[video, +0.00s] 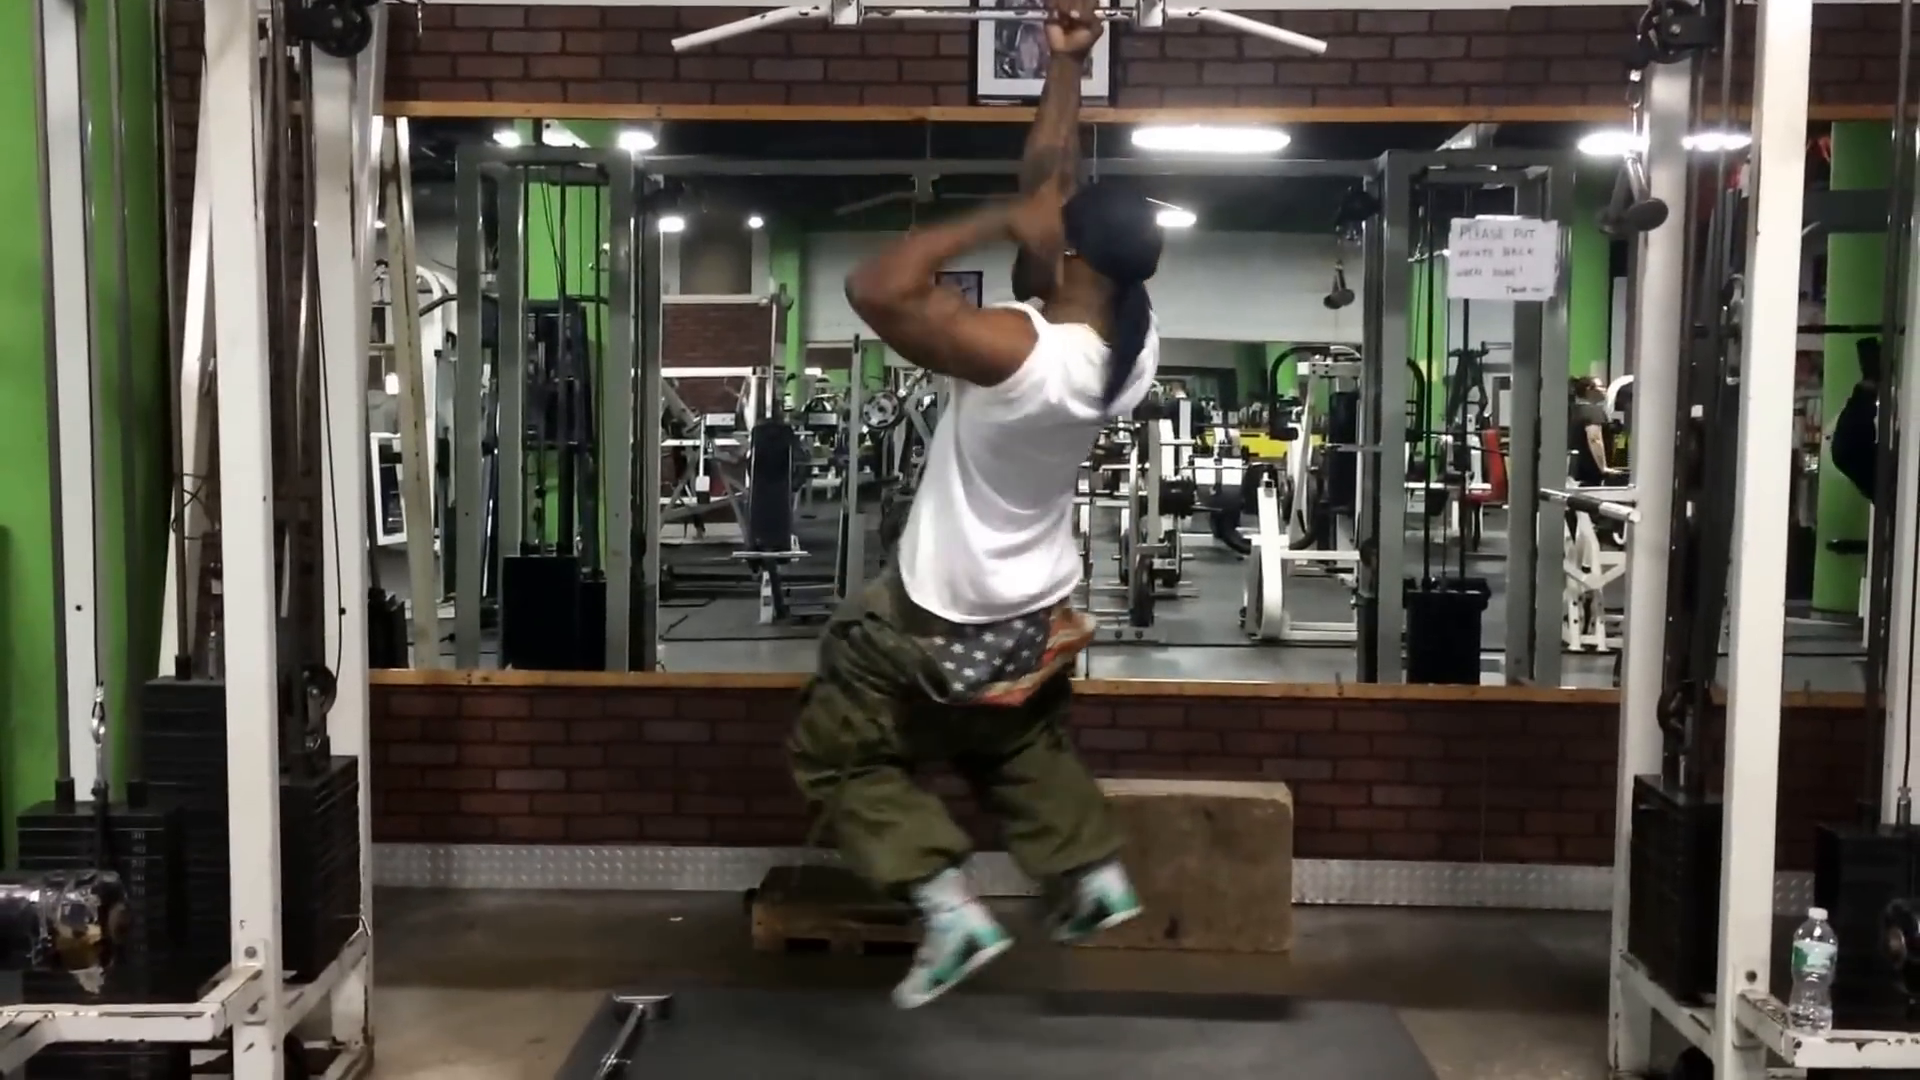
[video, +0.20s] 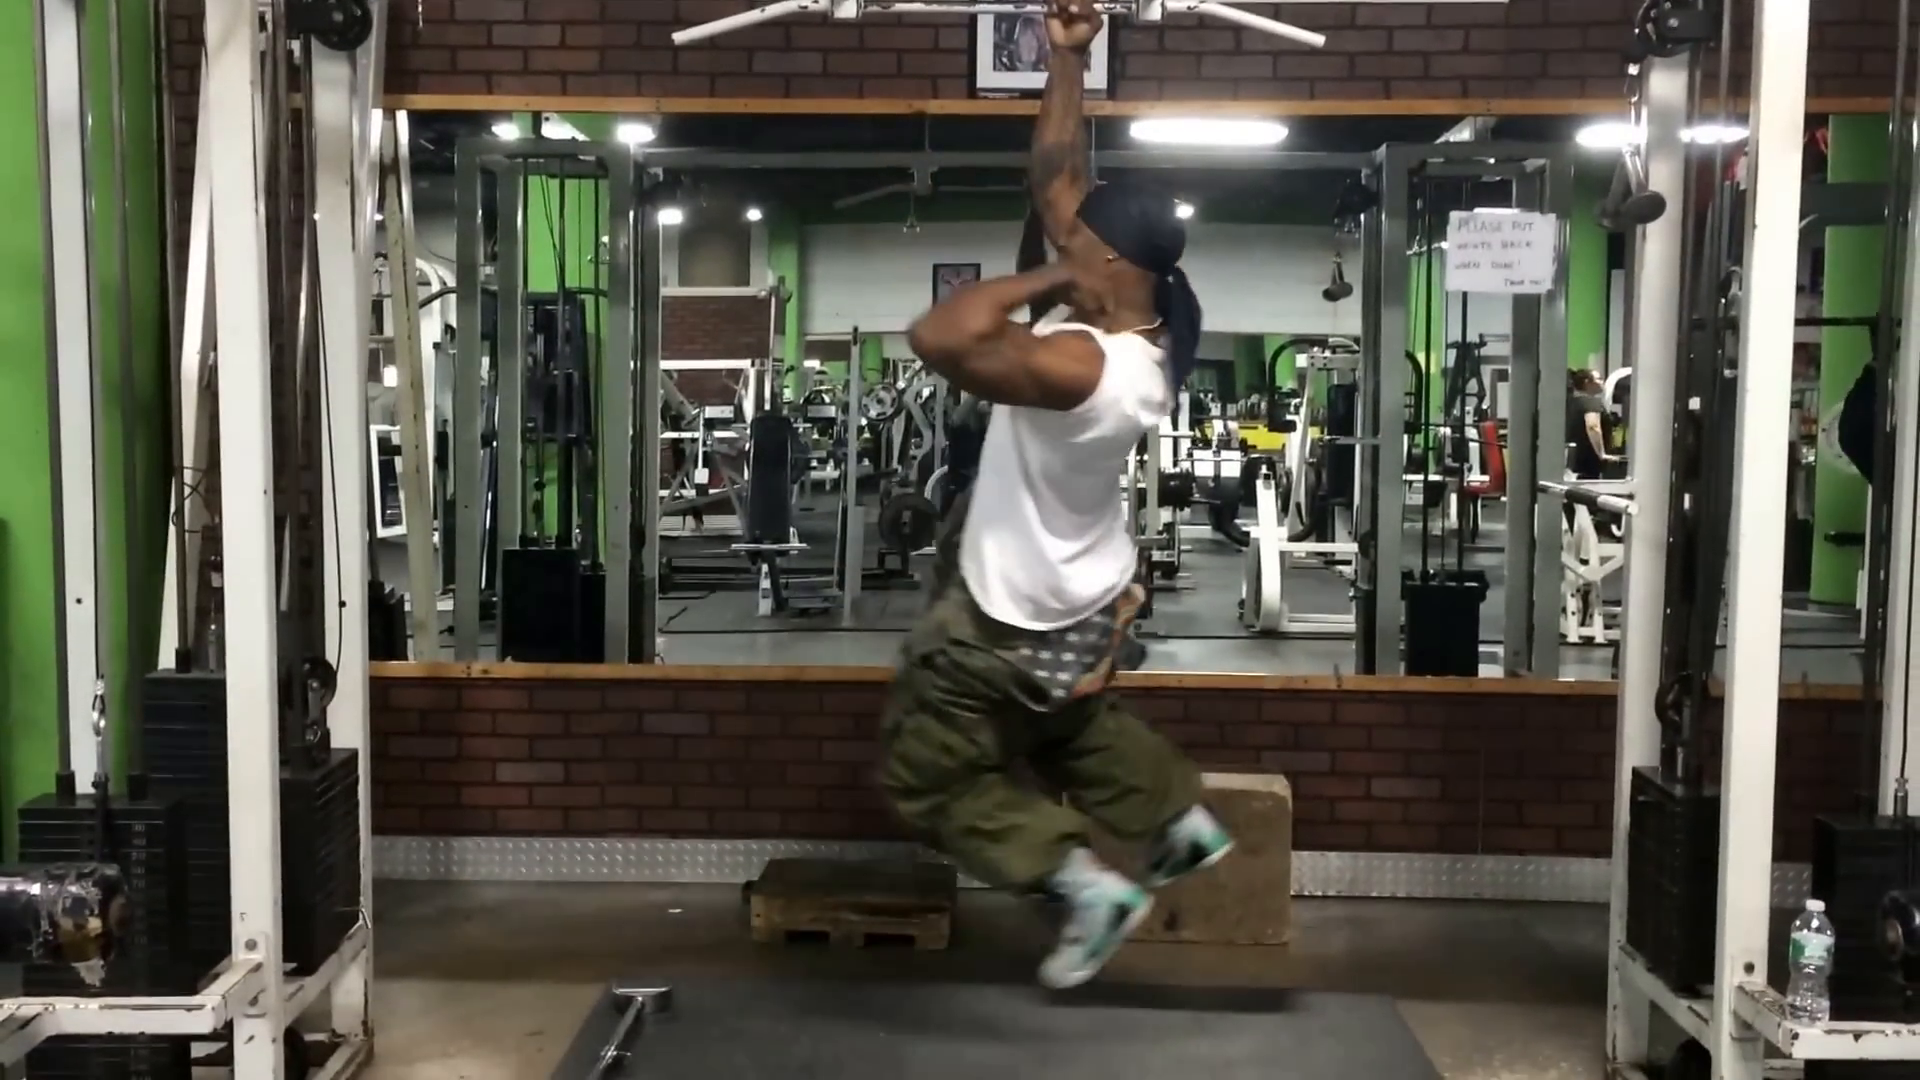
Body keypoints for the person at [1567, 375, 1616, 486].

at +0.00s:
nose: (1605, 390)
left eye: (1603, 386)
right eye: (1601, 386)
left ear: (1588, 389)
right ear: (1589, 389)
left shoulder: (1574, 409)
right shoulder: (1592, 410)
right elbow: (1594, 439)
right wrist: (1604, 467)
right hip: (1590, 473)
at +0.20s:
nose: (1602, 382)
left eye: (1601, 379)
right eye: (1598, 379)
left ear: (1585, 383)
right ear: (1587, 383)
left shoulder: (1572, 401)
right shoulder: (1592, 401)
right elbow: (1592, 426)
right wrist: (1602, 453)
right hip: (1589, 463)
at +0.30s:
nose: (1601, 379)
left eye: (1600, 376)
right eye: (1597, 376)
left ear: (1585, 380)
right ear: (1586, 379)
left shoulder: (1572, 397)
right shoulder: (1591, 398)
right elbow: (1592, 419)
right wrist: (1602, 446)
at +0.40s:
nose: (1601, 377)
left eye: (1600, 374)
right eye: (1598, 374)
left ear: (1585, 377)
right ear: (1586, 377)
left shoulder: (1572, 394)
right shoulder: (1592, 394)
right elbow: (1593, 412)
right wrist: (1601, 438)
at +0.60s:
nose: (1601, 374)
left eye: (1600, 370)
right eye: (1598, 370)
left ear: (1585, 374)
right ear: (1587, 374)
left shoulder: (1572, 390)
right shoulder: (1594, 389)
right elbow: (1593, 401)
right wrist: (1602, 425)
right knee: (1620, 442)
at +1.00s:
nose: (1599, 370)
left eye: (1597, 366)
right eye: (1595, 366)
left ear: (1582, 370)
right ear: (1584, 370)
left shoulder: (1571, 387)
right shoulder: (1591, 386)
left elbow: (1561, 407)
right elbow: (1590, 410)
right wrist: (1596, 438)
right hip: (1585, 445)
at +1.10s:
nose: (1598, 370)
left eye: (1597, 366)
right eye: (1594, 366)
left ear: (1581, 370)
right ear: (1583, 370)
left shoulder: (1571, 389)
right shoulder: (1589, 389)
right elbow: (1589, 417)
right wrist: (1595, 444)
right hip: (1585, 449)